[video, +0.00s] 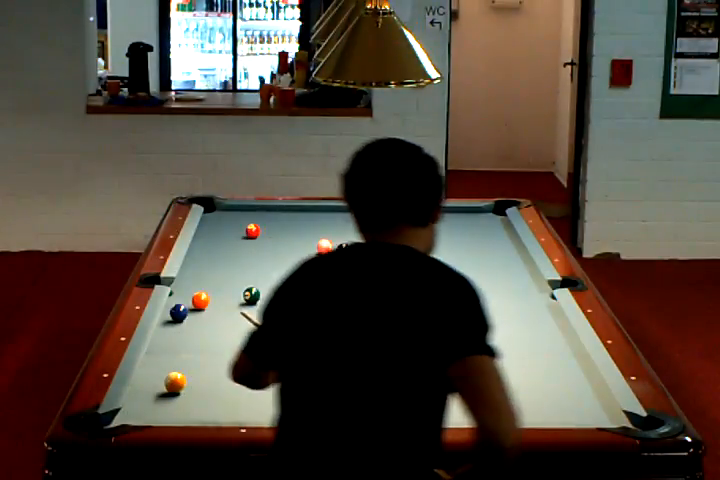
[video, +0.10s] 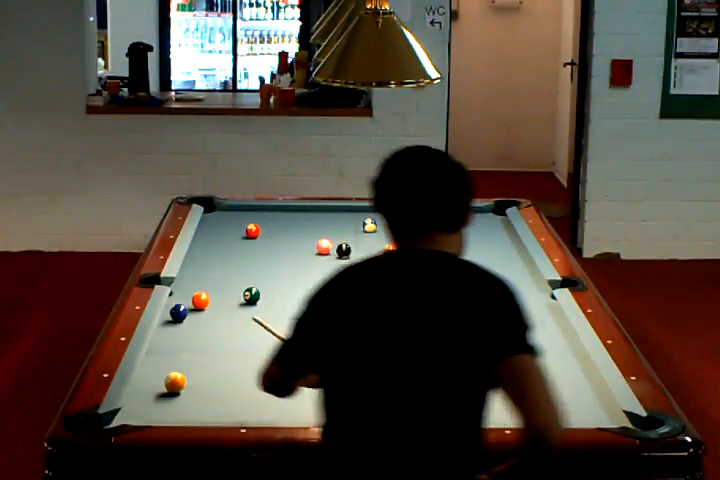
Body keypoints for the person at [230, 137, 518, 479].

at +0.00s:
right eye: (437, 205)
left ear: (355, 210)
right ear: (435, 210)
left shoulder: (311, 276)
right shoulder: (448, 290)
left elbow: (246, 372)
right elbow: (501, 428)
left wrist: (304, 354)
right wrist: (453, 472)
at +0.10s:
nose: (465, 219)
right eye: (466, 209)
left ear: (385, 217)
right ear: (465, 215)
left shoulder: (343, 288)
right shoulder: (487, 293)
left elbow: (275, 381)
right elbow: (545, 424)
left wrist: (334, 369)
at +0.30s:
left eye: (448, 203)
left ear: (450, 209)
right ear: (525, 204)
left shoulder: (420, 282)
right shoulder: (568, 273)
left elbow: (345, 390)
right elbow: (646, 384)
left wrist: (356, 381)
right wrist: (643, 460)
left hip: (428, 479)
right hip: (529, 479)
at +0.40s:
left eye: (478, 202)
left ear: (478, 208)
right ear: (558, 196)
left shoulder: (452, 277)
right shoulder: (600, 265)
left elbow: (376, 392)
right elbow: (688, 369)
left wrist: (382, 394)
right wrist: (699, 455)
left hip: (461, 474)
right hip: (563, 473)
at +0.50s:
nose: (503, 215)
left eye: (501, 206)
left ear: (505, 208)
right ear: (578, 198)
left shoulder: (482, 276)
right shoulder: (632, 260)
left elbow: (405, 393)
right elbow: (714, 343)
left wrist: (413, 398)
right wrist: (717, 451)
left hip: (496, 475)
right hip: (601, 474)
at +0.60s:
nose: (533, 222)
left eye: (531, 213)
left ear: (536, 217)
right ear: (608, 205)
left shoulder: (518, 282)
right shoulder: (670, 266)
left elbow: (437, 395)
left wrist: (431, 407)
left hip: (535, 478)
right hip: (641, 476)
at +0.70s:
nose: (563, 236)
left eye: (564, 225)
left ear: (572, 229)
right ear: (643, 222)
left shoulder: (559, 301)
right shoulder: (698, 279)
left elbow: (480, 394)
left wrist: (452, 423)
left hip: (581, 472)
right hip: (690, 466)